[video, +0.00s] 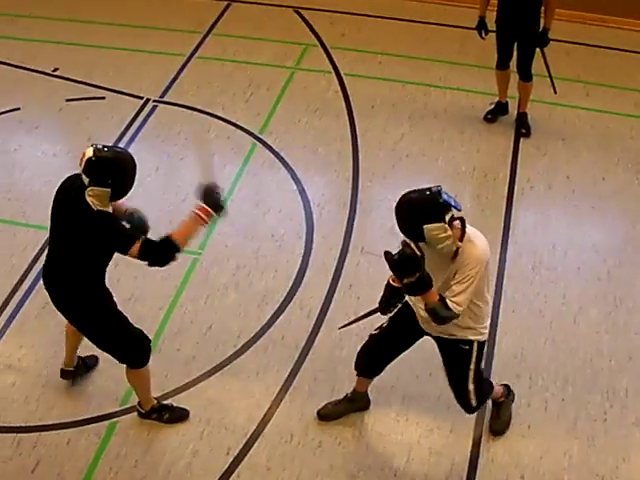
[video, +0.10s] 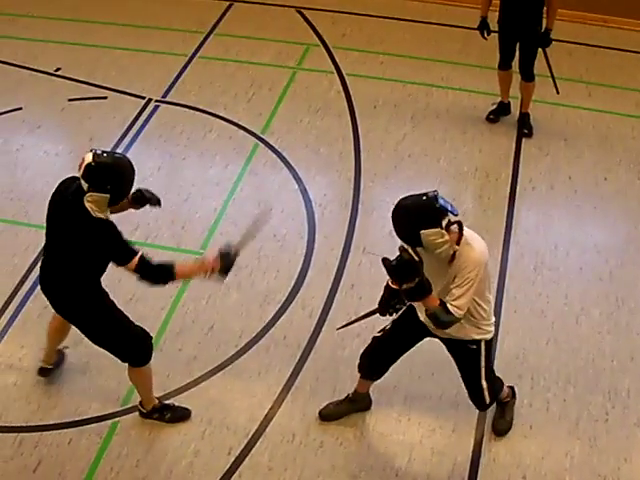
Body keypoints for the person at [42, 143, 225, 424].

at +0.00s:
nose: (124, 189)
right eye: (123, 184)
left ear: (92, 174)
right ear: (111, 190)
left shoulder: (70, 186)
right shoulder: (103, 225)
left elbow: (96, 203)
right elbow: (159, 254)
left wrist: (124, 213)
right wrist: (201, 214)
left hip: (54, 277)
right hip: (83, 296)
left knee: (79, 315)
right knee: (137, 347)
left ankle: (69, 365)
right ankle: (147, 405)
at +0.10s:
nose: (127, 195)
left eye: (128, 190)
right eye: (125, 191)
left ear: (89, 180)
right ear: (109, 197)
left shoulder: (66, 189)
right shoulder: (101, 231)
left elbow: (99, 206)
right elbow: (151, 272)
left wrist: (131, 202)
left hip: (50, 275)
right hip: (78, 295)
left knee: (67, 310)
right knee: (138, 345)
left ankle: (48, 360)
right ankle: (149, 405)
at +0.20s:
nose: (125, 201)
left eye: (127, 196)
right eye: (120, 198)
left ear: (85, 184)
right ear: (102, 201)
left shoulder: (63, 194)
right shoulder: (93, 241)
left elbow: (99, 199)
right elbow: (119, 299)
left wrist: (124, 196)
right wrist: (167, 314)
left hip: (46, 284)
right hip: (75, 302)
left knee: (50, 322)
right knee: (139, 343)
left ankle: (25, 371)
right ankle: (149, 405)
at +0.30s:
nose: (121, 203)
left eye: (121, 199)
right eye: (117, 201)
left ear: (79, 189)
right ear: (92, 203)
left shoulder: (57, 197)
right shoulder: (78, 242)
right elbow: (81, 303)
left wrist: (115, 194)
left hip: (37, 284)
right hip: (62, 304)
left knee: (45, 326)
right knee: (136, 347)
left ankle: (24, 377)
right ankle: (148, 404)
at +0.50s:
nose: (85, 203)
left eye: (86, 198)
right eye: (82, 199)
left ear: (55, 187)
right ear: (67, 199)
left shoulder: (44, 196)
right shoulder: (48, 238)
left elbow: (79, 217)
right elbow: (62, 298)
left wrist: (106, 226)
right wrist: (125, 296)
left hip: (30, 290)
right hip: (49, 305)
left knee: (42, 323)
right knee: (119, 344)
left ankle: (23, 377)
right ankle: (141, 404)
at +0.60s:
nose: (78, 203)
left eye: (78, 199)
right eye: (76, 199)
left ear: (51, 186)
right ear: (64, 198)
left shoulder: (40, 196)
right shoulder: (41, 233)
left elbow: (74, 223)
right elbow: (69, 281)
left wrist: (94, 249)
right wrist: (123, 258)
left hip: (30, 286)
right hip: (49, 301)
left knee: (43, 321)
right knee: (119, 344)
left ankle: (23, 377)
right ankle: (136, 405)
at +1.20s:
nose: (94, 191)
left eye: (93, 187)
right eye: (91, 187)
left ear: (65, 177)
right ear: (79, 189)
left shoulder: (55, 191)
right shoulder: (58, 225)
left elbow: (86, 213)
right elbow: (60, 279)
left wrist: (102, 230)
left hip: (56, 284)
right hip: (75, 297)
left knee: (55, 313)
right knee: (148, 334)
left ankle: (28, 365)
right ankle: (156, 397)